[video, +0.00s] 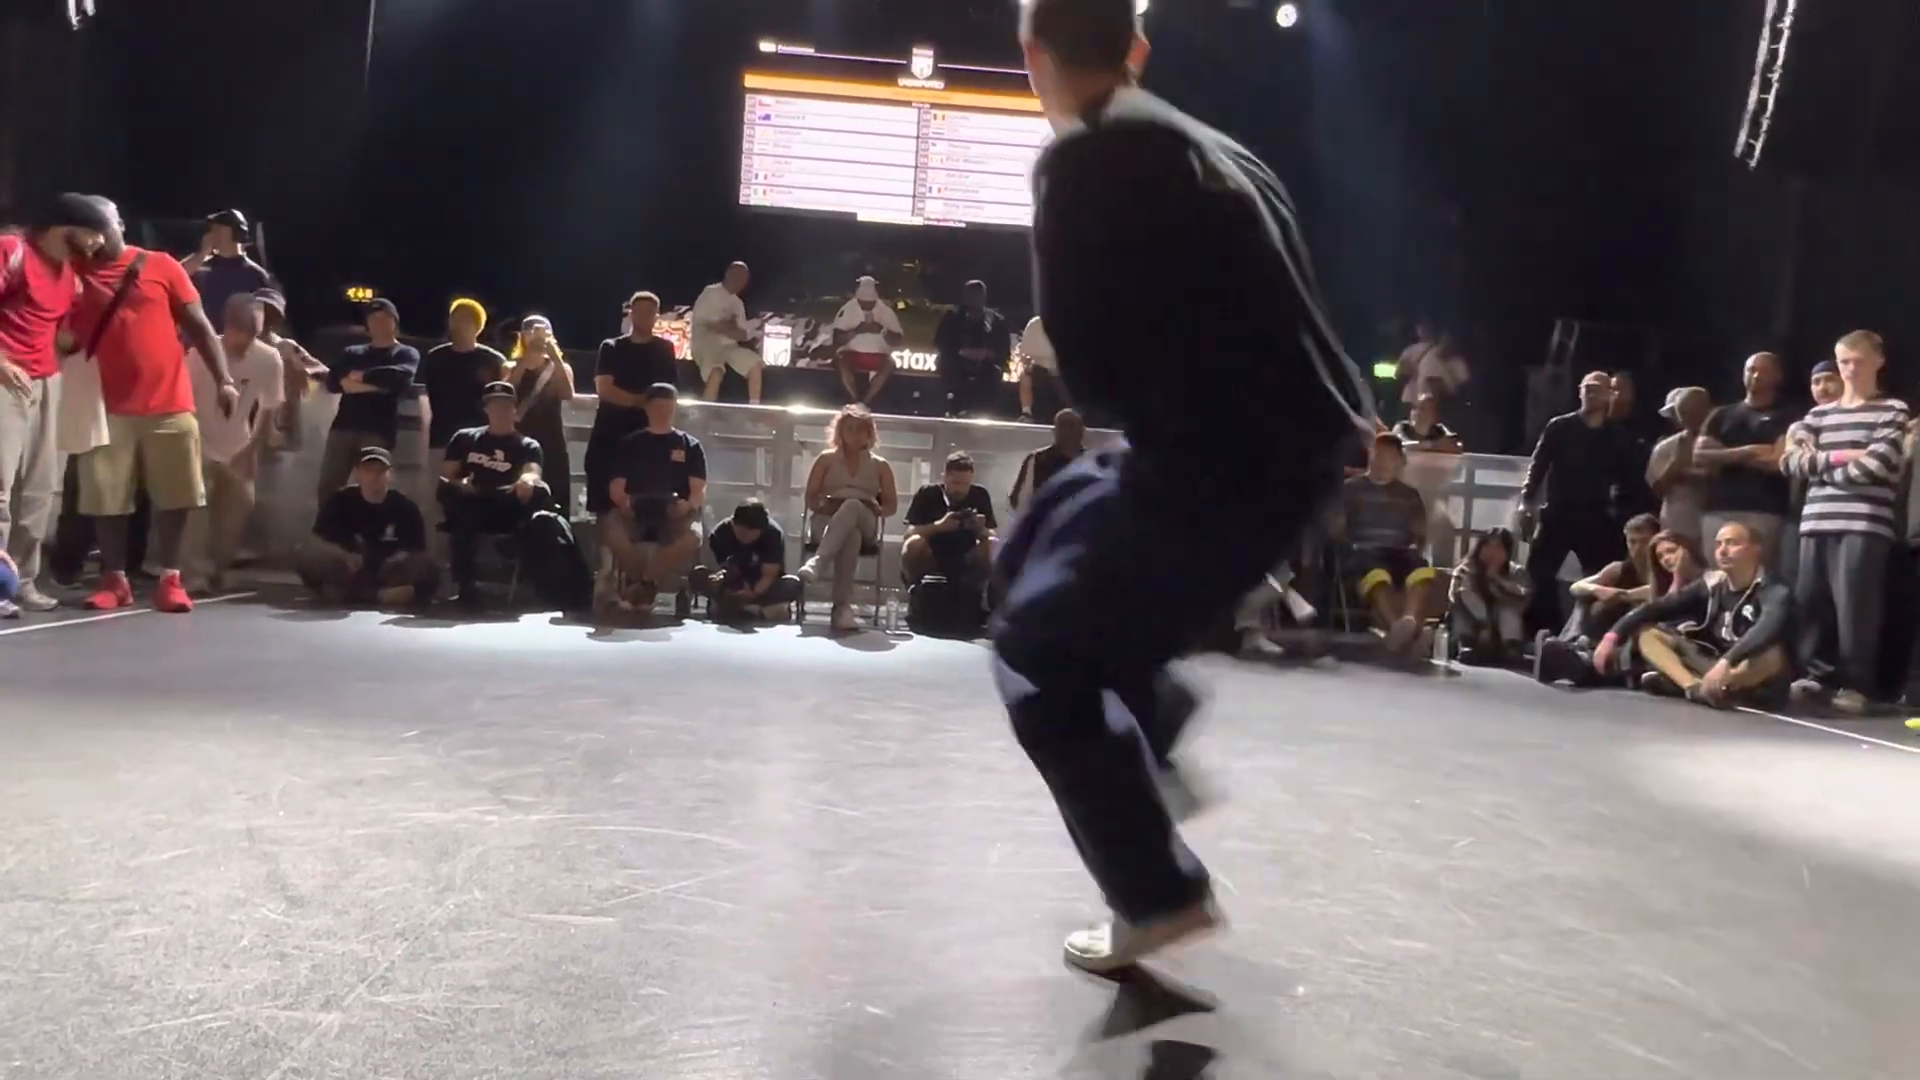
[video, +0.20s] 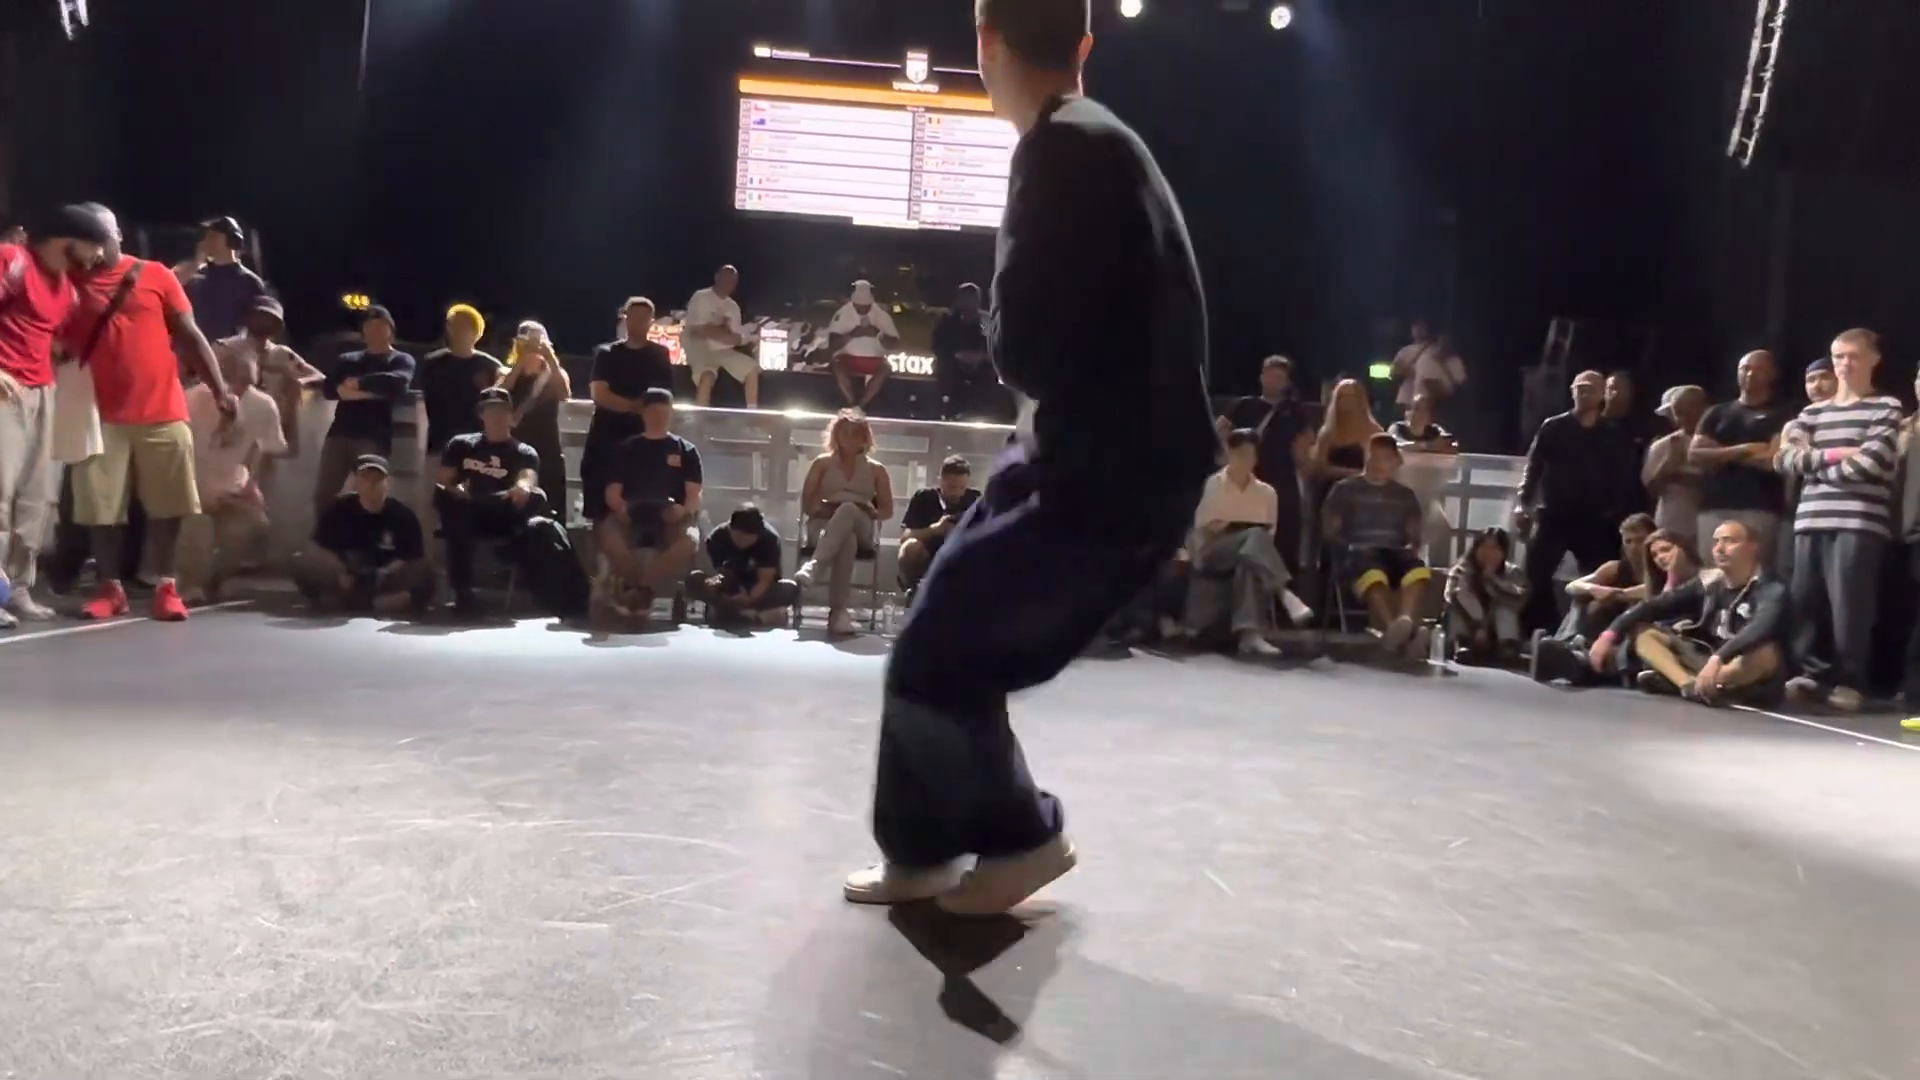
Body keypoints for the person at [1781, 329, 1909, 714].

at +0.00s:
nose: (1847, 370)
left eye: (1855, 363)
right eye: (1842, 363)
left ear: (1877, 363)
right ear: (1837, 366)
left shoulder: (1893, 411)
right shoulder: (1819, 414)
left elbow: (1877, 467)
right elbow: (1791, 460)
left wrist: (1821, 466)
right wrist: (1845, 458)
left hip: (1861, 522)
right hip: (1814, 522)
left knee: (1854, 605)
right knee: (1809, 599)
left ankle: (1857, 686)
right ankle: (1817, 674)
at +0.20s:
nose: (1844, 364)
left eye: (1853, 357)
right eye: (1839, 357)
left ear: (1873, 360)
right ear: (1831, 362)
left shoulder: (1887, 409)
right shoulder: (1812, 411)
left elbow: (1870, 465)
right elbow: (1785, 457)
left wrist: (1814, 462)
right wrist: (1838, 455)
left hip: (1856, 520)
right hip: (1809, 520)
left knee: (1849, 605)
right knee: (1804, 598)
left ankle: (1850, 683)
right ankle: (1812, 673)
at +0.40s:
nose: (1842, 363)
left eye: (1850, 355)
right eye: (1837, 356)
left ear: (1872, 356)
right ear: (1831, 359)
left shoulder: (1889, 405)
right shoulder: (1815, 408)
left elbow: (1869, 461)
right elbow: (1787, 455)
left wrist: (1815, 458)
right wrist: (1839, 452)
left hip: (1858, 517)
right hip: (1811, 517)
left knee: (1850, 599)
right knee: (1805, 594)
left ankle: (1853, 680)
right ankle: (1814, 670)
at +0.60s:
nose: (1840, 346)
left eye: (1849, 339)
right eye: (1835, 339)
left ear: (1870, 342)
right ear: (1828, 343)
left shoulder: (1885, 390)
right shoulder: (1812, 393)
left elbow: (1867, 446)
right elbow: (1783, 439)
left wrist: (1813, 444)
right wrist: (1835, 438)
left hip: (1855, 502)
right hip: (1809, 503)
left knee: (1848, 586)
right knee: (1803, 579)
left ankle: (1849, 665)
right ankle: (1809, 655)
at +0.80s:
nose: (1836, 355)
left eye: (1845, 347)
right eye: (1831, 347)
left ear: (1869, 348)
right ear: (1827, 351)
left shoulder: (1888, 397)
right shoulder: (1814, 400)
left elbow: (1866, 457)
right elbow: (1788, 448)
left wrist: (1814, 453)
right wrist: (1839, 446)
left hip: (1859, 508)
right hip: (1812, 509)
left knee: (1850, 589)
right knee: (1807, 584)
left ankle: (1853, 670)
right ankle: (1815, 660)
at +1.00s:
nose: (1833, 362)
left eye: (1841, 354)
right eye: (1829, 355)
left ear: (1866, 352)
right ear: (1825, 358)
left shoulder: (1889, 400)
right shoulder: (1816, 405)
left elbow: (1874, 456)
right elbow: (1791, 452)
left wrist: (1820, 457)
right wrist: (1842, 448)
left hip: (1863, 511)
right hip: (1816, 513)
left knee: (1856, 594)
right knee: (1811, 589)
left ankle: (1858, 674)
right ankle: (1821, 664)